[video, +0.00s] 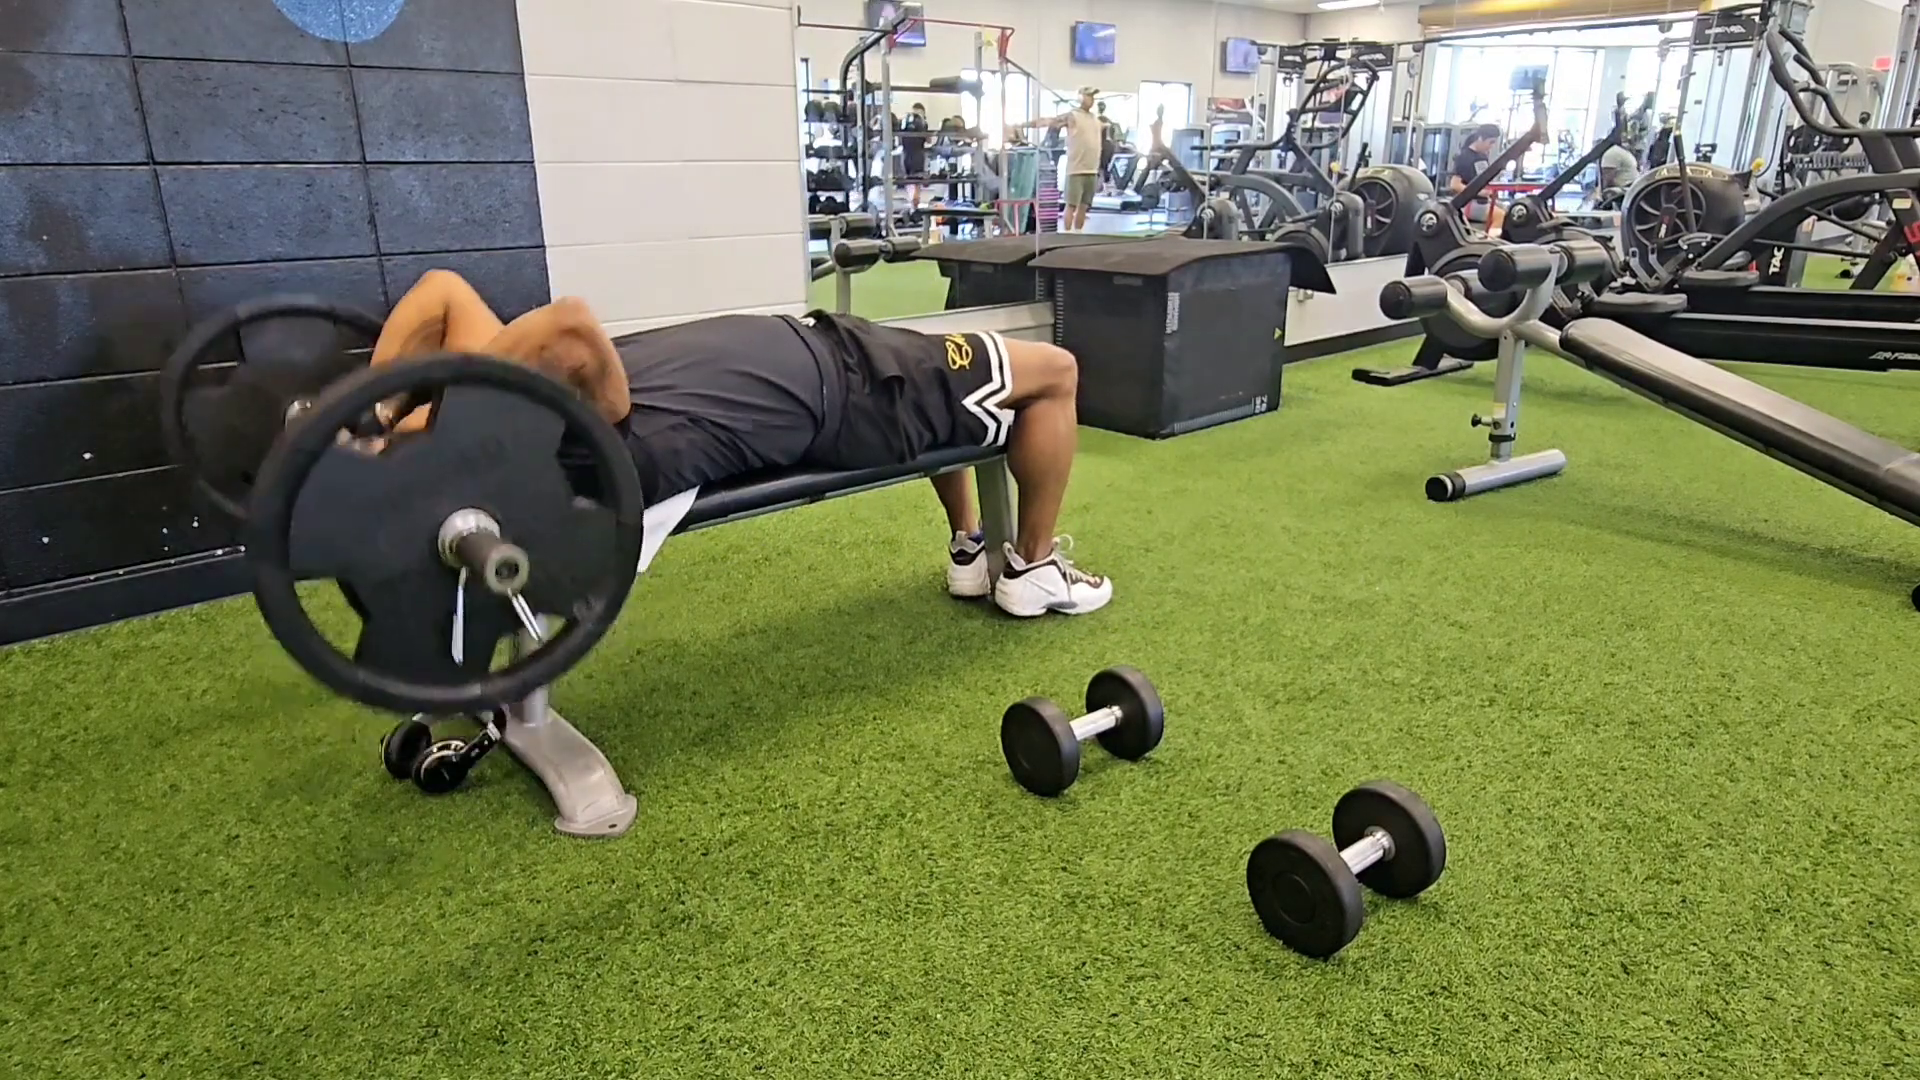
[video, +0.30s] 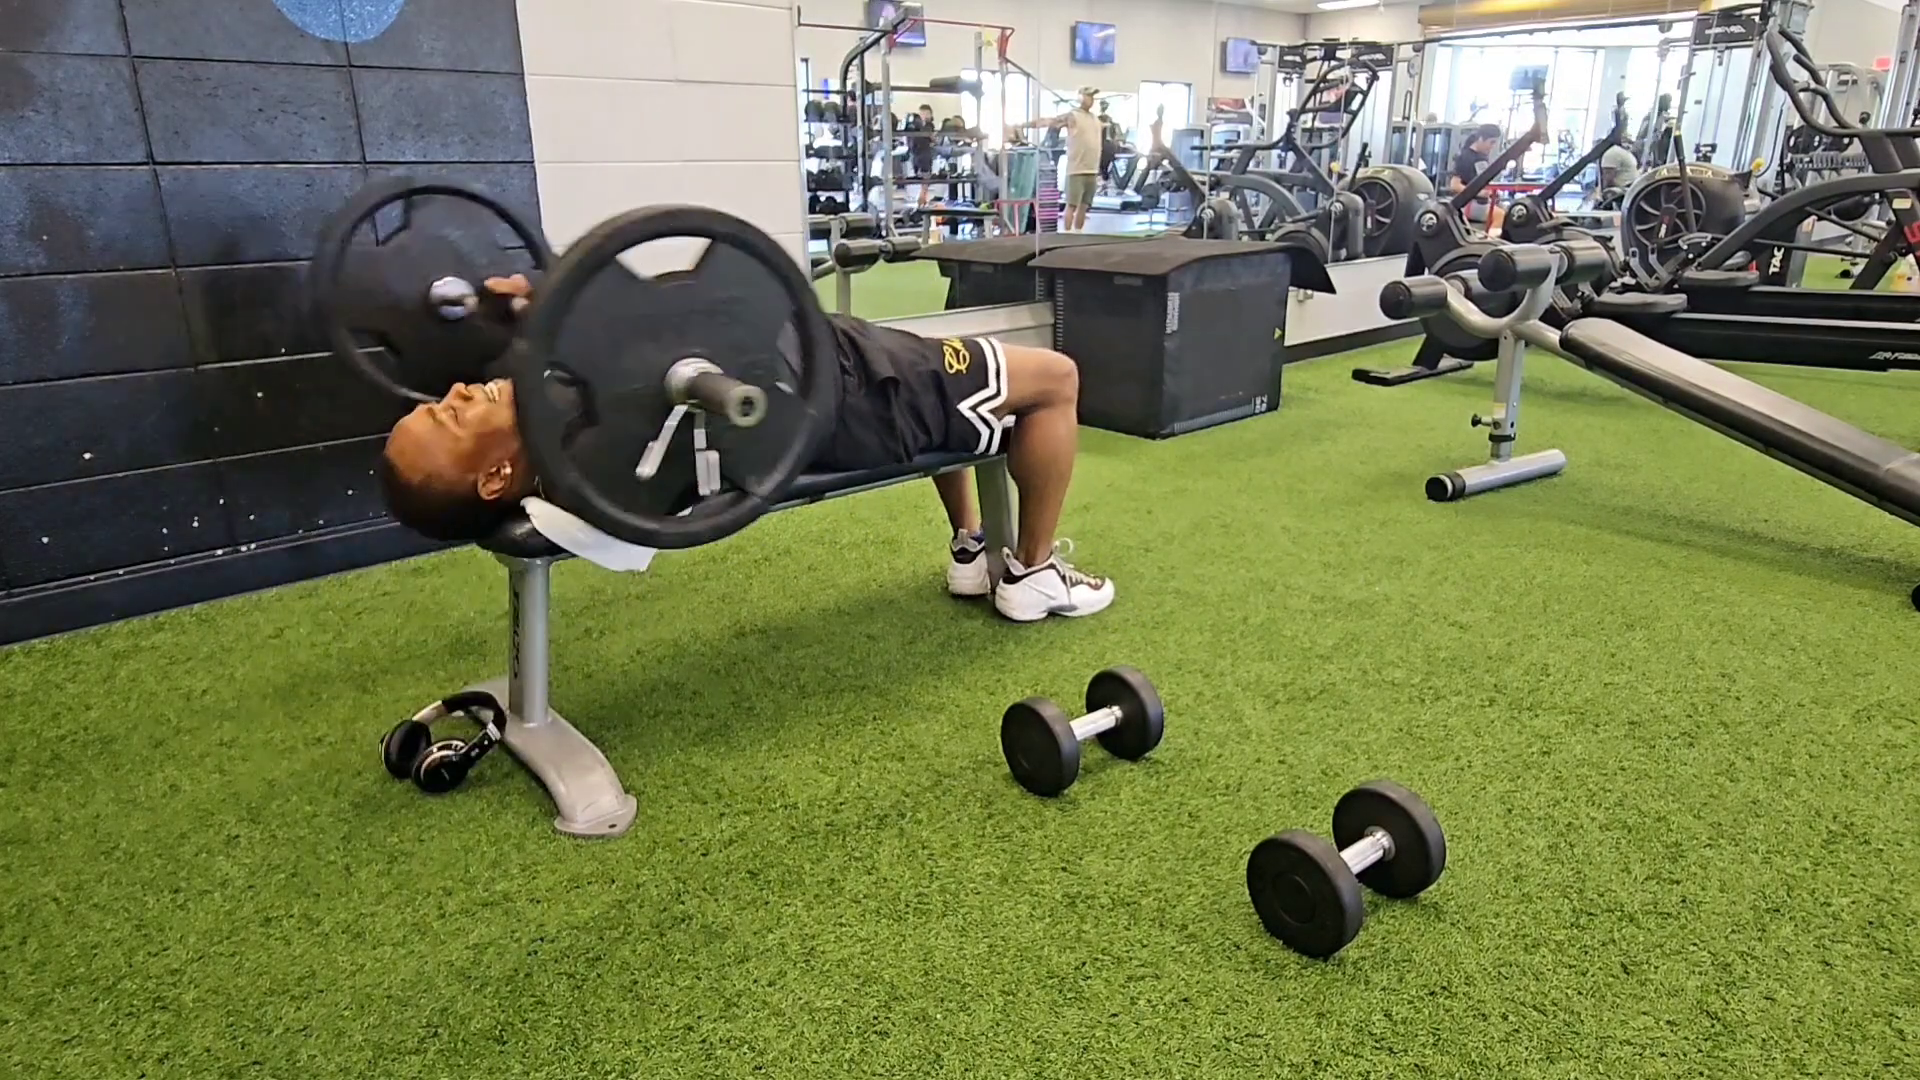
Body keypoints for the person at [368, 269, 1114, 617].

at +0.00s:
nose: (583, 363)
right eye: (575, 365)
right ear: (578, 411)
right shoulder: (620, 461)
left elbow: (438, 288)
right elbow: (570, 319)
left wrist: (383, 409)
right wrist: (452, 411)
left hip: (787, 340)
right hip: (852, 385)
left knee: (930, 354)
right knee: (1056, 371)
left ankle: (972, 543)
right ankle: (1037, 565)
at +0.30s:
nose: (465, 387)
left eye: (445, 399)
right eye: (459, 412)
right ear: (498, 475)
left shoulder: (533, 413)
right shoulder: (585, 462)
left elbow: (632, 342)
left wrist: (546, 311)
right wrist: (564, 317)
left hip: (780, 357)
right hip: (839, 398)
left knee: (933, 348)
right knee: (1057, 377)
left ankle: (972, 544)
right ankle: (1036, 571)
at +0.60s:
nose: (487, 377)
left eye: (465, 386)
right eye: (474, 404)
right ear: (519, 474)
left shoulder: (558, 393)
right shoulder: (638, 479)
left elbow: (654, 362)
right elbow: (800, 502)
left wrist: (635, 322)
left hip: (788, 362)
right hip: (854, 420)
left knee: (918, 348)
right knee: (1070, 379)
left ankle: (972, 544)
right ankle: (1037, 576)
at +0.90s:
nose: (477, 383)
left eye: (450, 393)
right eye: (464, 410)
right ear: (502, 476)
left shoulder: (538, 384)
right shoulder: (612, 451)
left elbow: (574, 271)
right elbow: (704, 316)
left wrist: (590, 144)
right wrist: (707, 142)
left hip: (797, 342)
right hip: (842, 391)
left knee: (938, 365)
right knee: (1058, 380)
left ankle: (974, 548)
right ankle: (1034, 573)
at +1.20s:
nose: (482, 376)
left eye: (458, 391)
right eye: (475, 403)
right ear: (519, 469)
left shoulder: (551, 391)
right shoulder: (622, 463)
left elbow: (635, 336)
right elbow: (773, 459)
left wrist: (625, 277)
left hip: (785, 376)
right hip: (840, 423)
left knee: (936, 355)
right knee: (1064, 377)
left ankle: (972, 548)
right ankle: (1036, 574)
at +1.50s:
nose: (493, 379)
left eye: (472, 386)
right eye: (485, 403)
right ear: (517, 469)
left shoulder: (554, 400)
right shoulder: (615, 457)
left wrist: (553, 301)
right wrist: (576, 309)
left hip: (800, 349)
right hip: (856, 404)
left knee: (940, 343)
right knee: (1067, 379)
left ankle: (972, 543)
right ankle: (1036, 574)